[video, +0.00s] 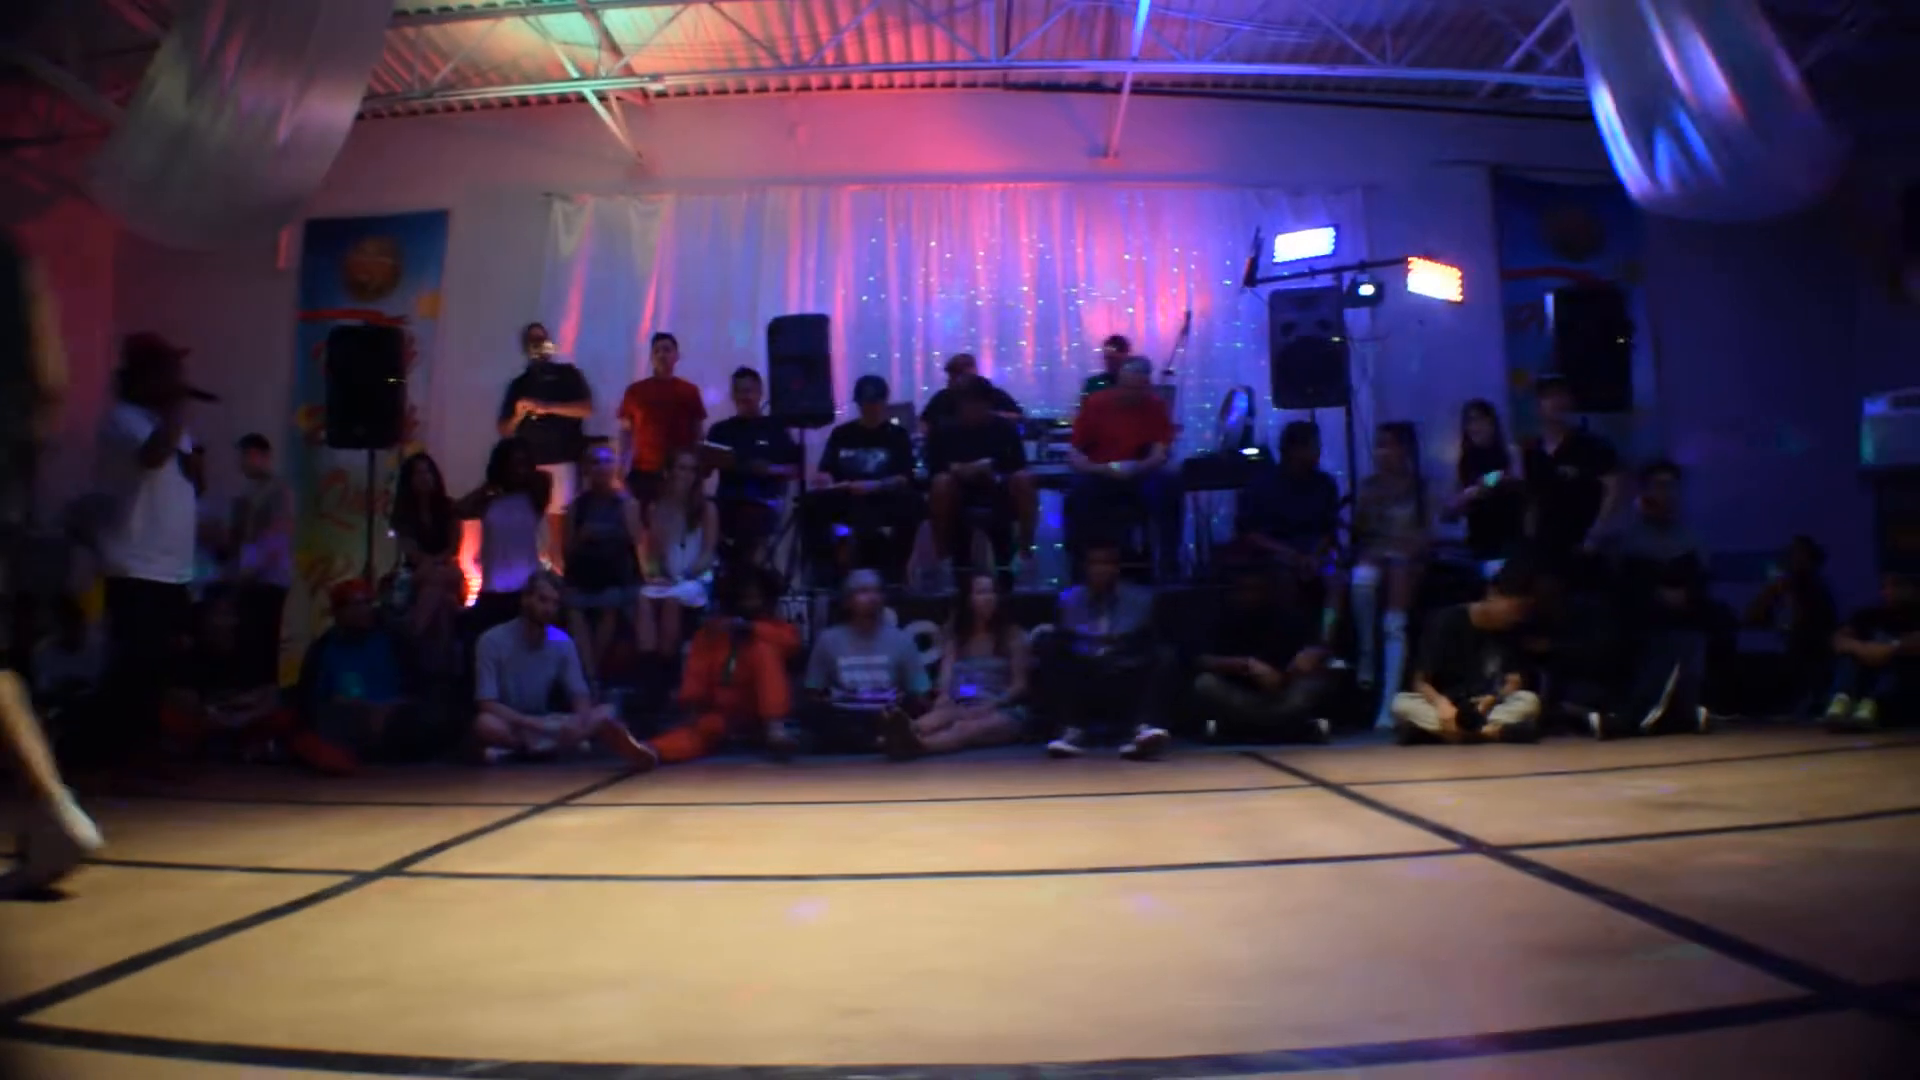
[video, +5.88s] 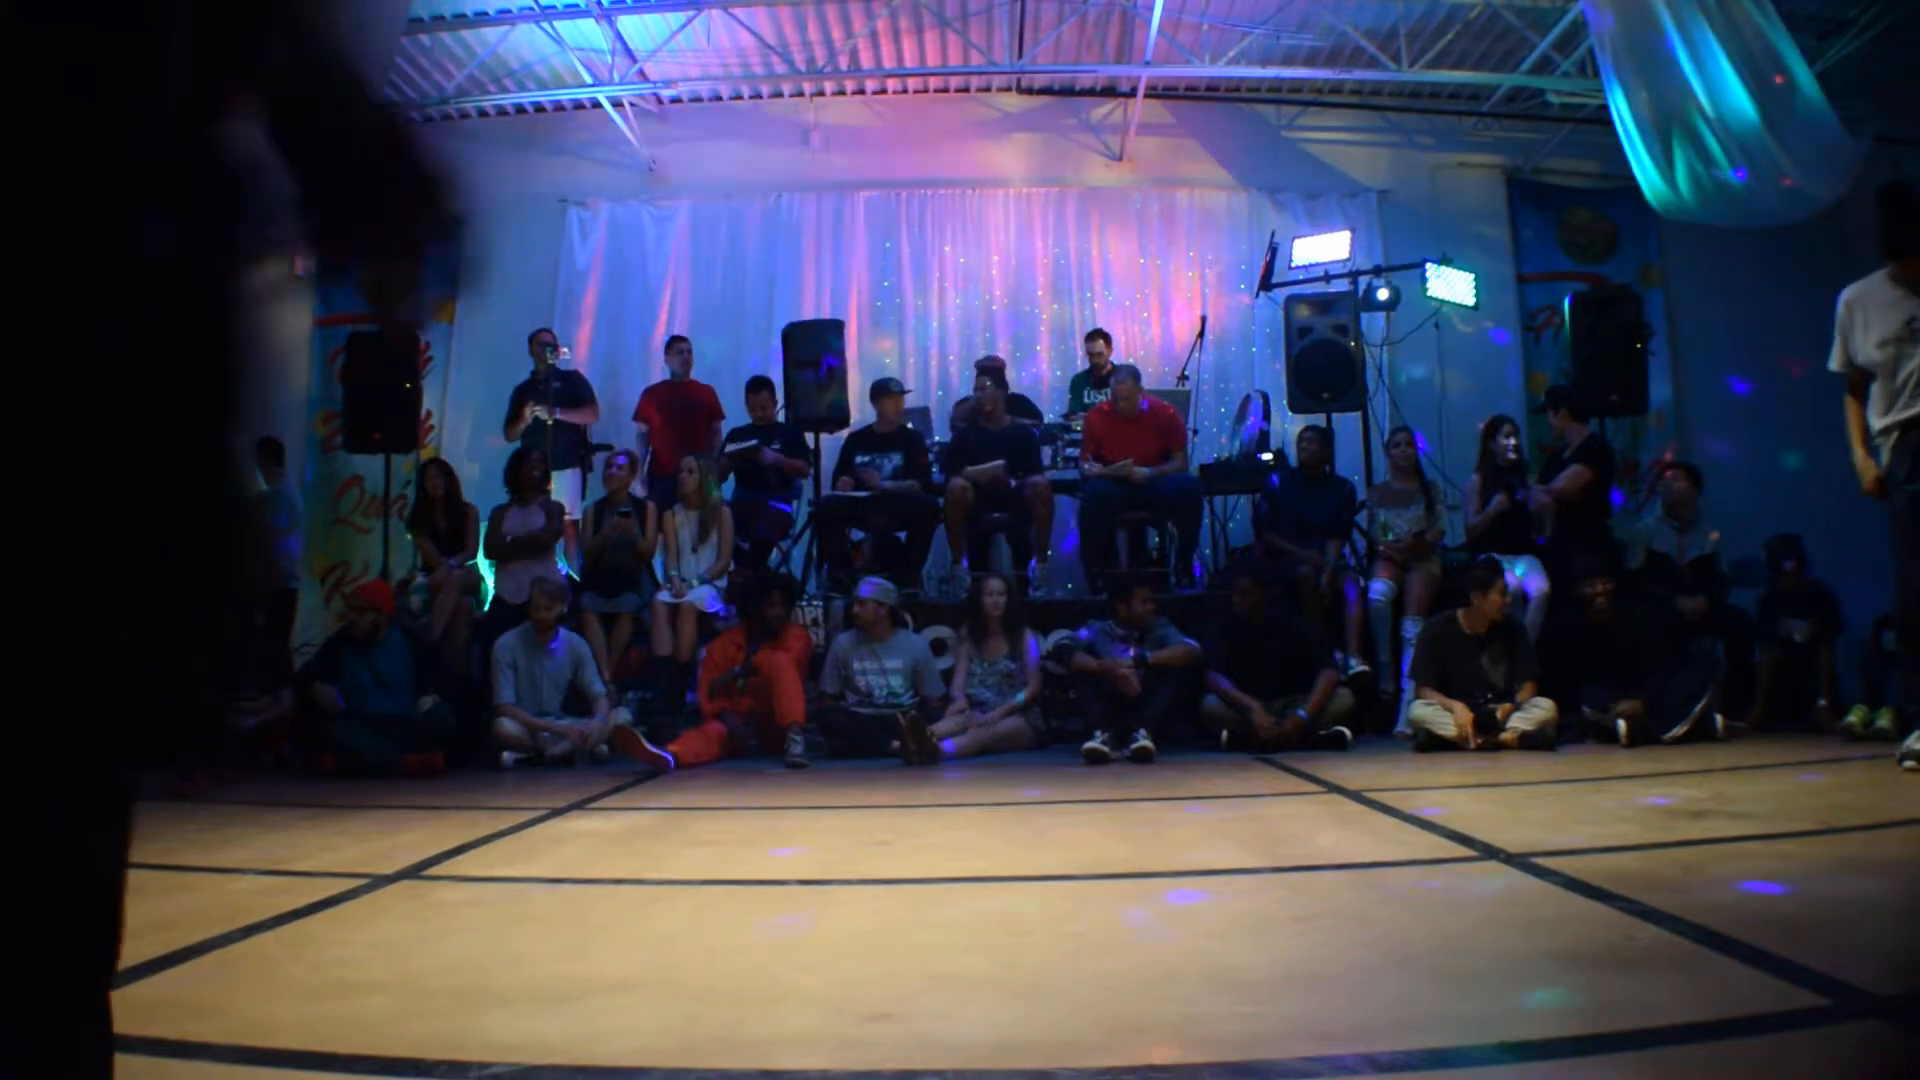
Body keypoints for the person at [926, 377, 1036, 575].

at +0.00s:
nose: (972, 410)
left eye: (978, 402)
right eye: (966, 402)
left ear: (988, 403)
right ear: (957, 404)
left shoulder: (1002, 428)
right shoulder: (944, 431)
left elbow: (1017, 464)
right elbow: (934, 467)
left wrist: (989, 468)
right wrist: (957, 469)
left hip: (995, 482)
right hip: (959, 482)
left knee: (1023, 480)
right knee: (942, 483)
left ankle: (1025, 551)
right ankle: (944, 557)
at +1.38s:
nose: (997, 391)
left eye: (1003, 386)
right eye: (993, 386)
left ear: (1015, 393)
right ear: (985, 391)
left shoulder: (1030, 430)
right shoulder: (972, 429)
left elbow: (1042, 469)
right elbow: (956, 465)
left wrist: (1014, 476)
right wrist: (979, 471)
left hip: (1018, 489)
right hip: (984, 489)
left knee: (1047, 482)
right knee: (964, 484)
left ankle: (1047, 559)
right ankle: (966, 564)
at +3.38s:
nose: (994, 412)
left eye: (1000, 406)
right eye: (989, 405)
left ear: (1009, 406)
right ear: (981, 404)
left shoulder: (1022, 433)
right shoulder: (965, 433)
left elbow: (1034, 470)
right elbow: (950, 470)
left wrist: (1008, 479)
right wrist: (974, 474)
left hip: (1011, 491)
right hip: (977, 492)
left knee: (1041, 486)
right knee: (957, 488)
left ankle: (1040, 562)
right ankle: (960, 565)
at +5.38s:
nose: (987, 399)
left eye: (995, 394)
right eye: (985, 392)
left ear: (1009, 399)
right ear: (980, 395)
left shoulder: (1024, 434)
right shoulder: (963, 434)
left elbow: (1034, 473)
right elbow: (950, 470)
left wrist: (1008, 480)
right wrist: (974, 473)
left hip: (1012, 492)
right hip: (976, 493)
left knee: (1040, 486)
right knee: (956, 487)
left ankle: (1041, 561)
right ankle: (958, 564)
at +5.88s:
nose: (981, 394)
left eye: (986, 388)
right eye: (977, 389)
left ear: (1002, 394)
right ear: (974, 396)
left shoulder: (1022, 432)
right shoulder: (965, 433)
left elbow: (1035, 472)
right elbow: (950, 470)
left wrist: (1009, 481)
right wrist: (977, 475)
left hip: (1012, 490)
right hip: (978, 491)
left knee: (1040, 486)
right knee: (957, 487)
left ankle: (1041, 562)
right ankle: (958, 565)